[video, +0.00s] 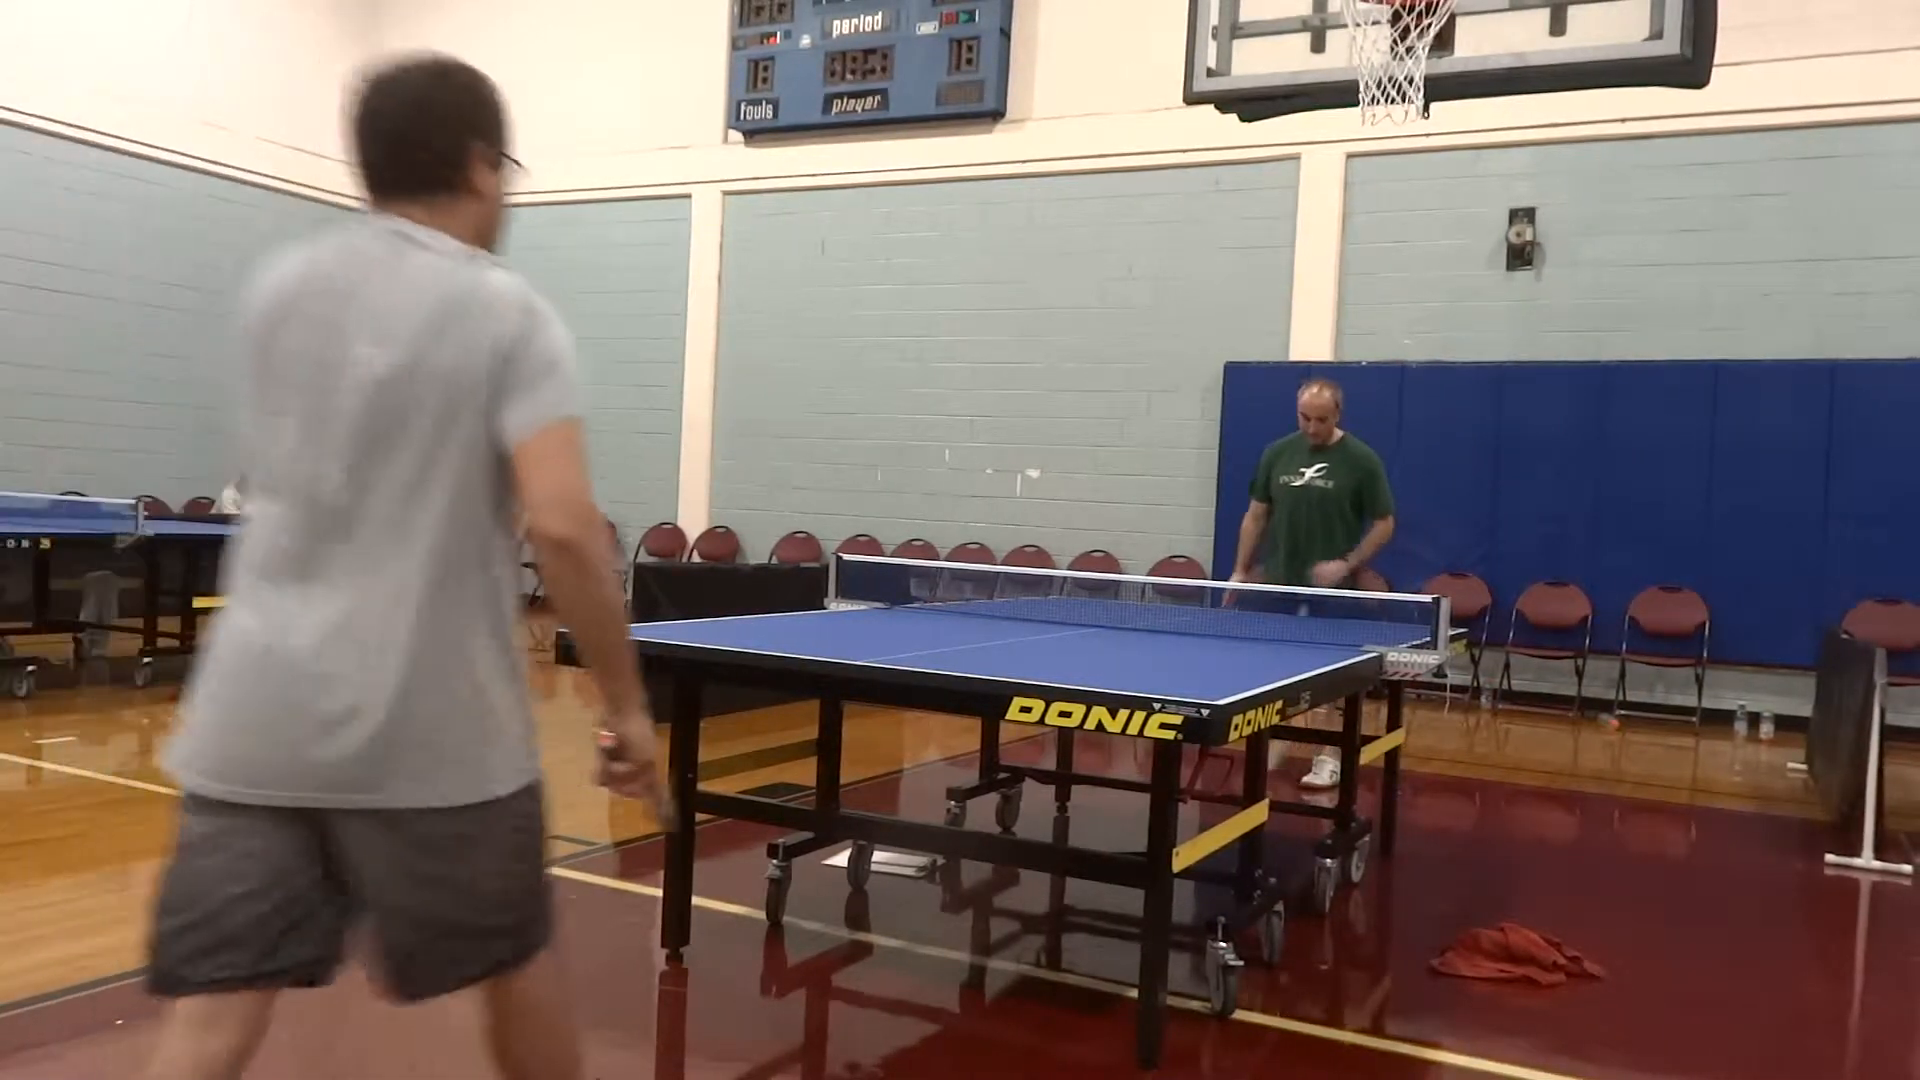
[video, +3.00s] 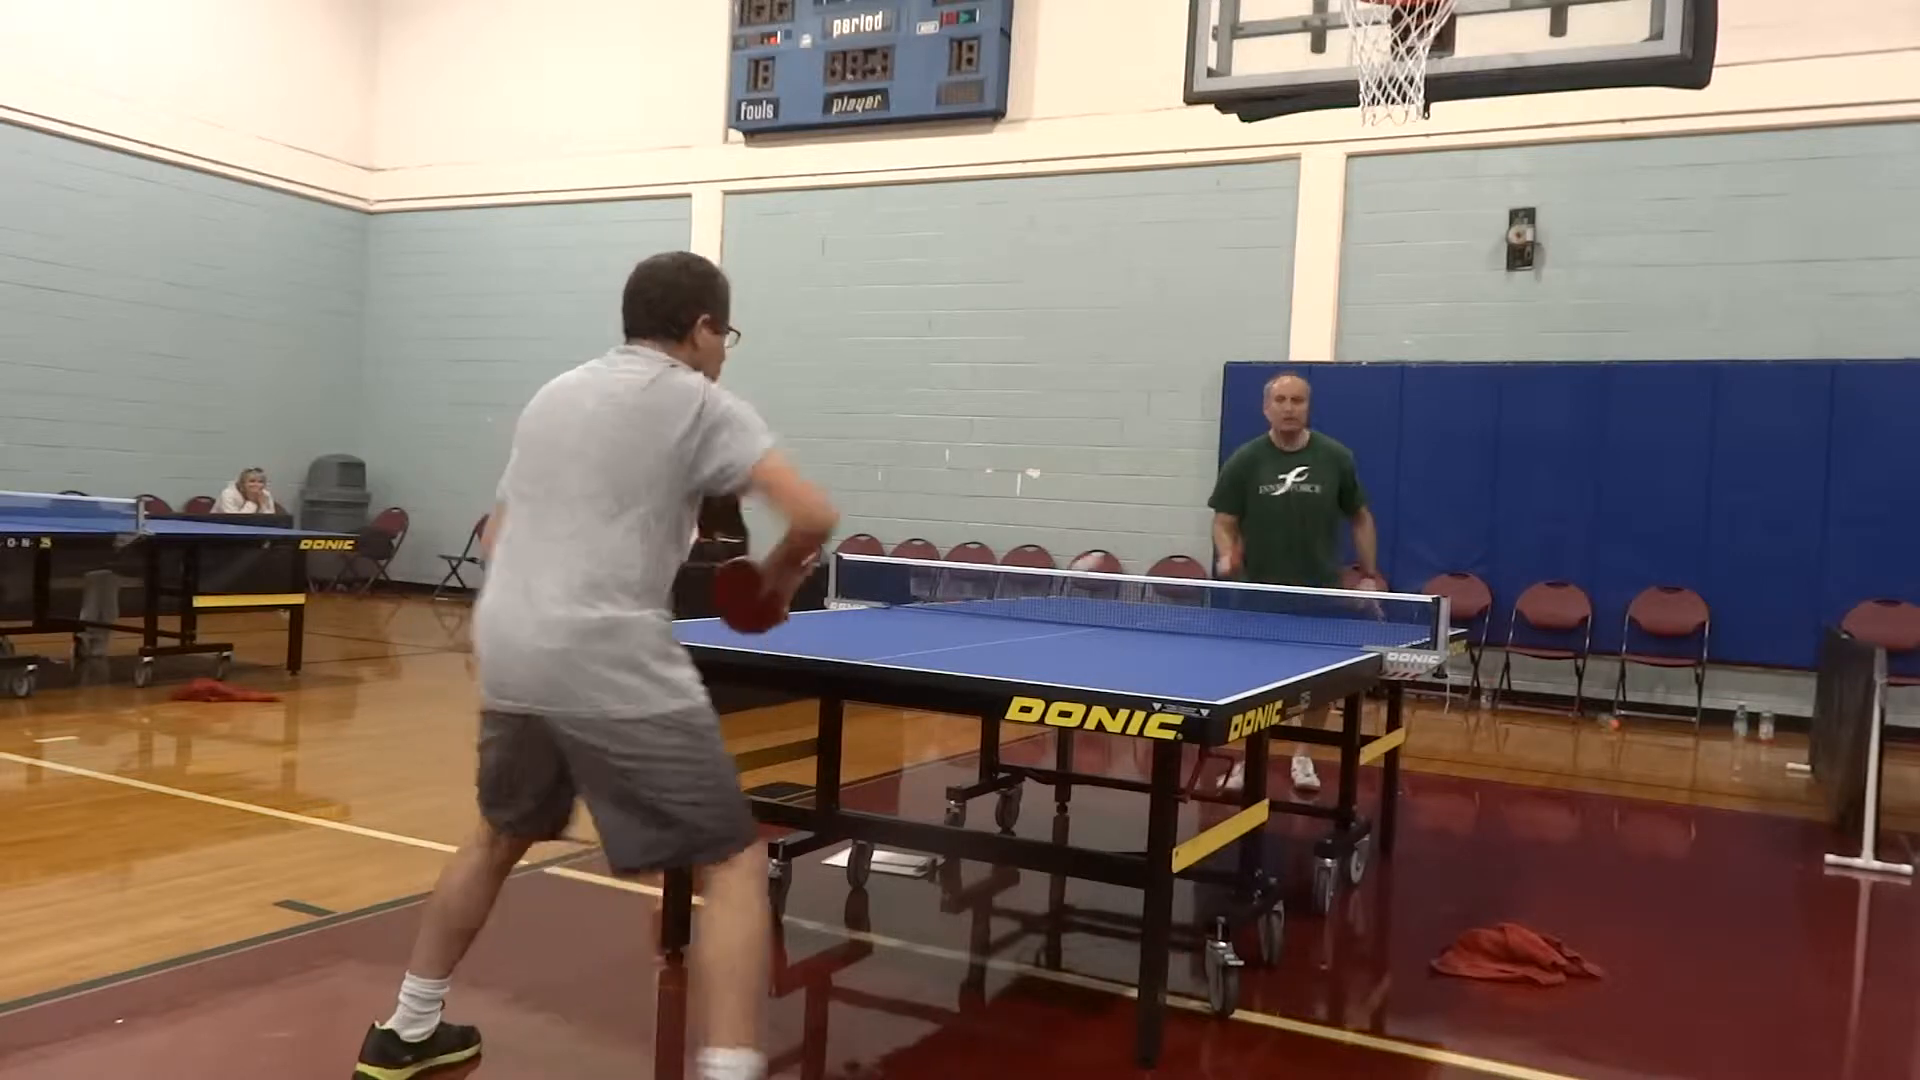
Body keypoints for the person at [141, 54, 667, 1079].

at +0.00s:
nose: (506, 181)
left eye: (503, 161)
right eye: (502, 159)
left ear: (368, 169)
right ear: (477, 164)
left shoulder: (276, 286)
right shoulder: (504, 309)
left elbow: (269, 495)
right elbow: (562, 525)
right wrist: (624, 705)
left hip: (250, 723)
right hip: (437, 735)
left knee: (207, 1015)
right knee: (519, 979)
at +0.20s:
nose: (631, 224)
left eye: (630, 209)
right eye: (628, 208)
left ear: (509, 210)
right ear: (609, 215)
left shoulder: (419, 323)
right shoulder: (630, 346)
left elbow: (379, 477)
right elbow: (680, 539)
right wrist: (721, 688)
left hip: (403, 686)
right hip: (557, 699)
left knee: (341, 931)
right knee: (616, 921)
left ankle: (251, 1077)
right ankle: (606, 1076)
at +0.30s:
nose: (655, 226)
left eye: (652, 209)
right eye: (653, 209)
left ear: (539, 211)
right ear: (635, 217)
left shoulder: (461, 320)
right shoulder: (666, 341)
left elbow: (397, 451)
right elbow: (730, 528)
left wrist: (464, 322)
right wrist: (755, 651)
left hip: (439, 671)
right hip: (588, 689)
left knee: (395, 869)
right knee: (626, 915)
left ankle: (310, 1065)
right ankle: (613, 1076)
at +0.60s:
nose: (655, 260)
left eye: (656, 246)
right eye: (653, 246)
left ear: (541, 248)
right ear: (634, 250)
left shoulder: (478, 350)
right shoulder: (667, 357)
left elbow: (498, 485)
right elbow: (745, 522)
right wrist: (781, 594)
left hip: (469, 665)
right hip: (598, 688)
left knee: (442, 831)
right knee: (644, 901)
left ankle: (395, 1007)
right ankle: (616, 1072)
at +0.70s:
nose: (641, 281)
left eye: (640, 267)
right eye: (639, 267)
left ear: (537, 269)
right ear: (619, 271)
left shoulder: (471, 365)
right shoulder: (638, 373)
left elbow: (500, 510)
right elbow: (703, 534)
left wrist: (639, 540)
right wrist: (765, 599)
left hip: (464, 669)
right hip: (582, 688)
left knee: (459, 835)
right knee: (646, 893)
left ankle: (407, 1018)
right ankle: (612, 1073)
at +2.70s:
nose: (712, 353)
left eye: (711, 338)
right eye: (710, 337)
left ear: (615, 332)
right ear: (687, 338)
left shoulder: (538, 394)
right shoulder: (675, 418)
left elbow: (520, 537)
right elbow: (698, 582)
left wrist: (607, 622)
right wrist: (749, 638)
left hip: (463, 652)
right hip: (563, 671)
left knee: (474, 830)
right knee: (633, 884)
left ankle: (406, 1027)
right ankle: (637, 1073)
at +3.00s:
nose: (727, 349)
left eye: (729, 335)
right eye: (726, 334)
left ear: (632, 326)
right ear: (699, 329)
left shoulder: (553, 395)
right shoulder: (703, 400)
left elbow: (496, 536)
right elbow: (814, 514)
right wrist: (777, 573)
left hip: (506, 659)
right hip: (617, 668)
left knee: (496, 833)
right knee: (733, 862)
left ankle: (408, 1026)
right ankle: (730, 1070)